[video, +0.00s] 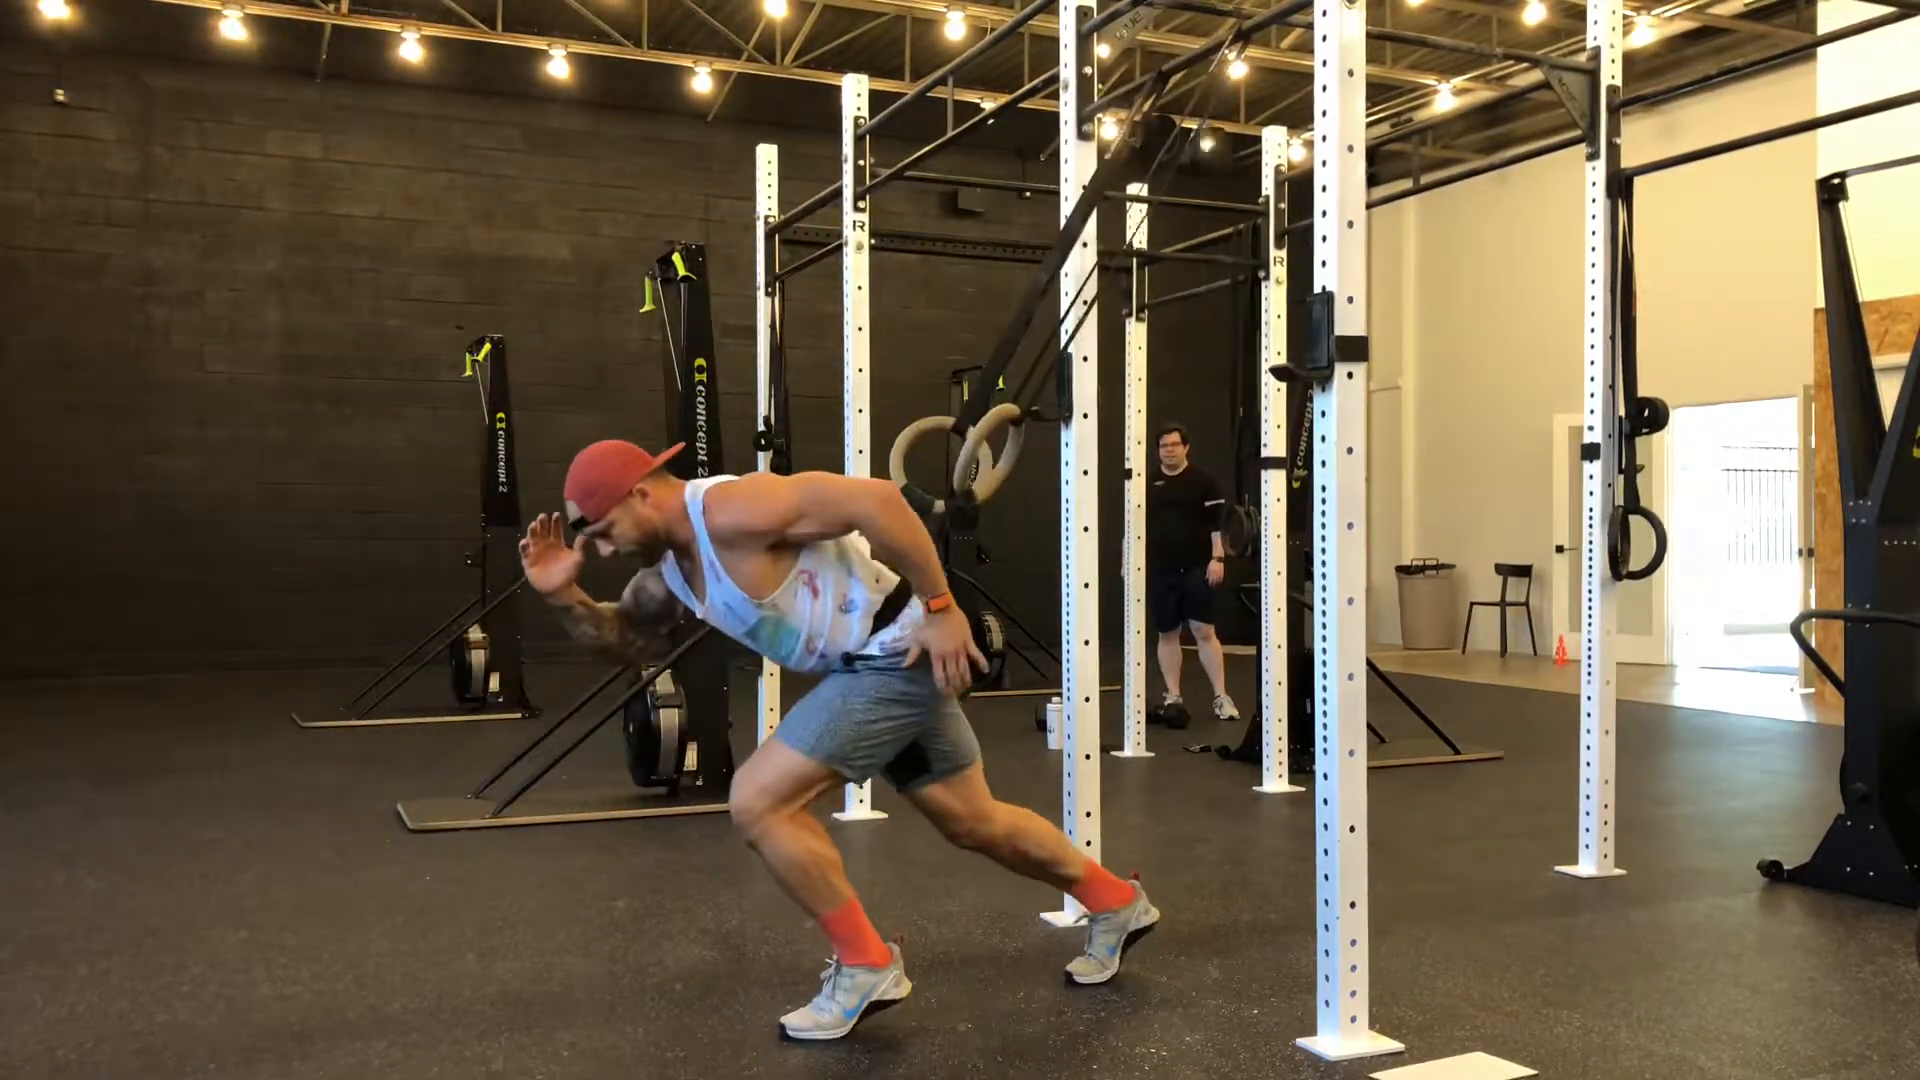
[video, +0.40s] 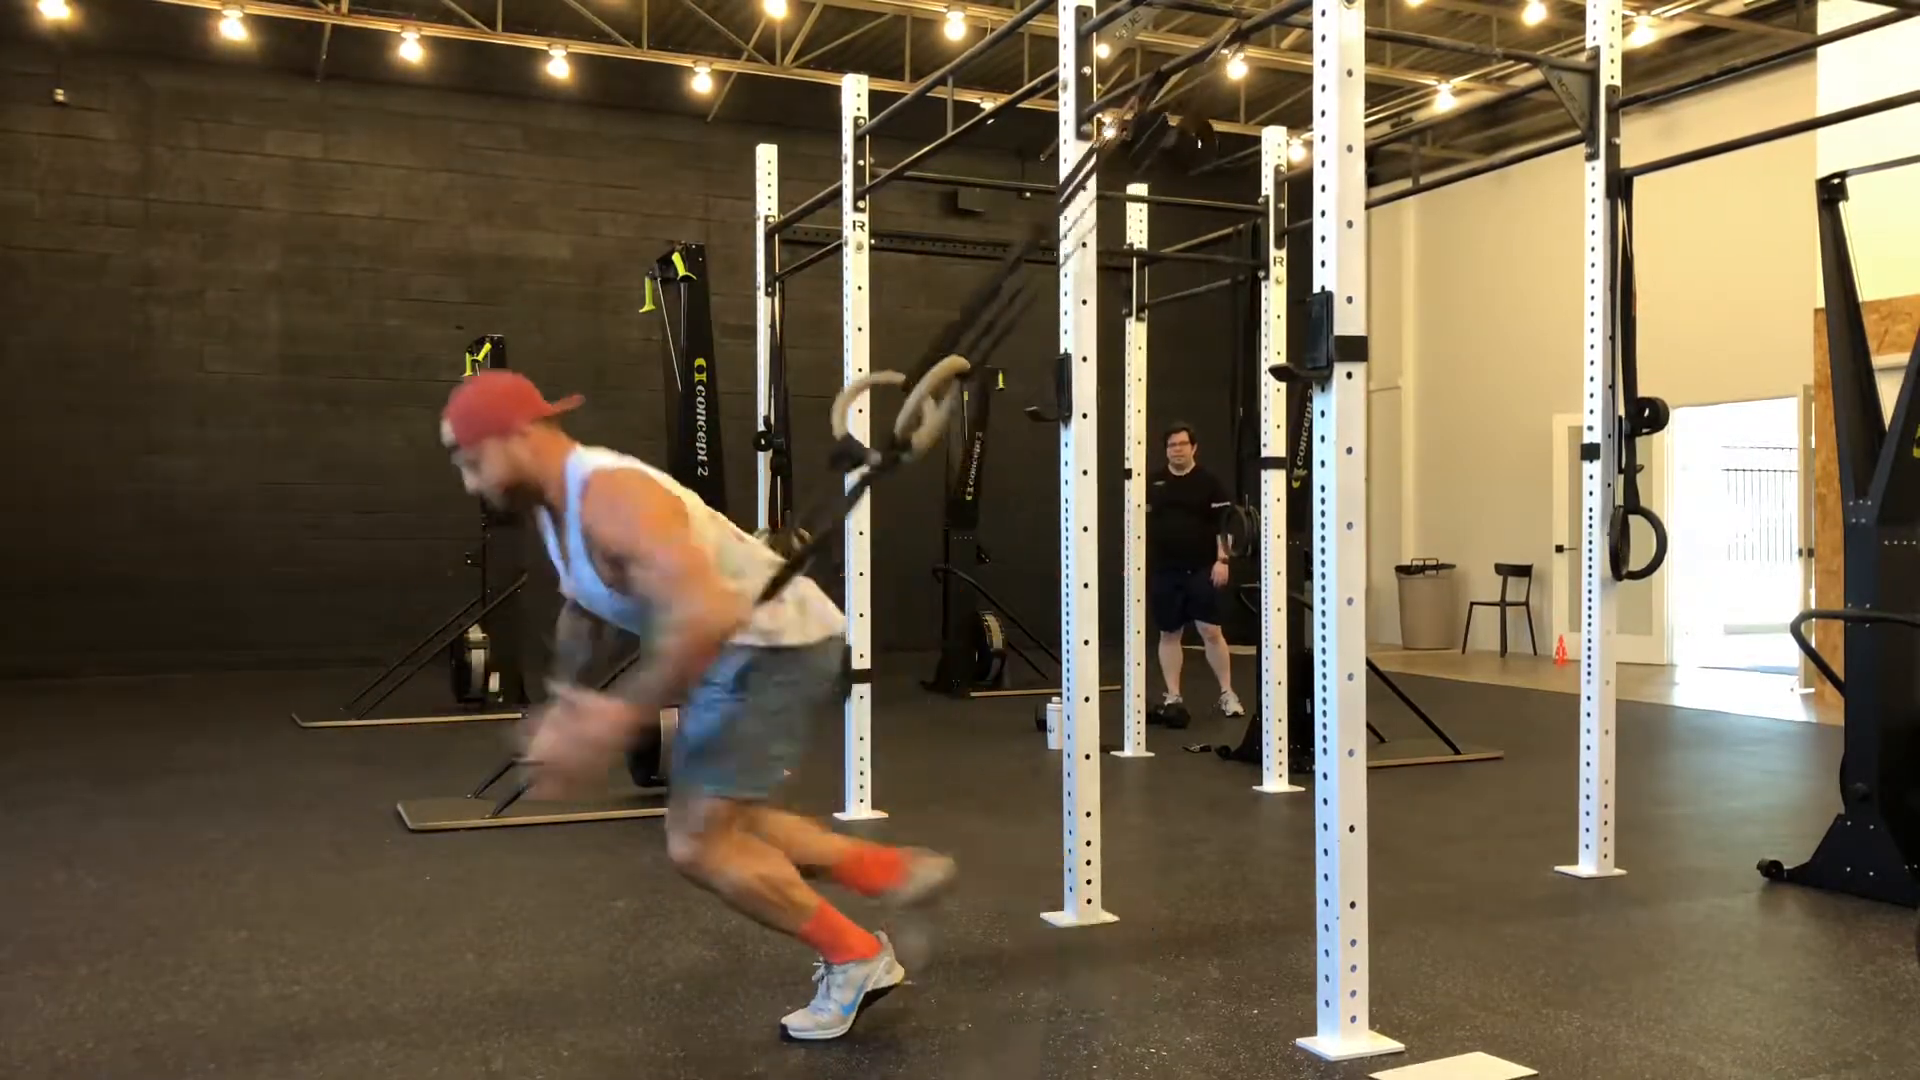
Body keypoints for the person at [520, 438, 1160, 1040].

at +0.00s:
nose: (600, 538)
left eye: (600, 523)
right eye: (592, 528)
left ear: (641, 495)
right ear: (636, 502)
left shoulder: (730, 509)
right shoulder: (676, 567)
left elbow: (881, 500)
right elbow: (626, 636)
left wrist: (942, 608)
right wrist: (566, 594)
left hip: (894, 656)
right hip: (879, 663)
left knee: (759, 796)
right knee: (975, 821)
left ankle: (866, 964)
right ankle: (1115, 897)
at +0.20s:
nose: (578, 575)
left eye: (578, 559)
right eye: (570, 564)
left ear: (617, 530)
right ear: (602, 543)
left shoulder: (707, 545)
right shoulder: (647, 595)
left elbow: (858, 530)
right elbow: (580, 651)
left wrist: (951, 613)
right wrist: (520, 618)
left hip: (879, 681)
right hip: (870, 687)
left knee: (727, 821)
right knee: (971, 834)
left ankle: (862, 962)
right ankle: (1116, 902)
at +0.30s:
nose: (512, 542)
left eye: (517, 524)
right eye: (505, 530)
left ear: (562, 504)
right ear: (545, 514)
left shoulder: (649, 539)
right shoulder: (586, 579)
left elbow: (805, 549)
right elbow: (528, 662)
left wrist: (862, 658)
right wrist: (444, 690)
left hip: (814, 674)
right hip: (829, 667)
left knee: (707, 842)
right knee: (890, 829)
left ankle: (858, 958)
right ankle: (1060, 878)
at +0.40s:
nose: (466, 479)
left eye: (469, 458)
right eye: (459, 463)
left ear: (519, 436)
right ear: (517, 440)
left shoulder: (612, 495)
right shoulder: (561, 507)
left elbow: (711, 610)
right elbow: (587, 612)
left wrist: (621, 710)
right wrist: (565, 706)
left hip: (778, 643)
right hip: (732, 647)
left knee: (699, 843)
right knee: (720, 821)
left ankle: (857, 956)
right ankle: (898, 872)